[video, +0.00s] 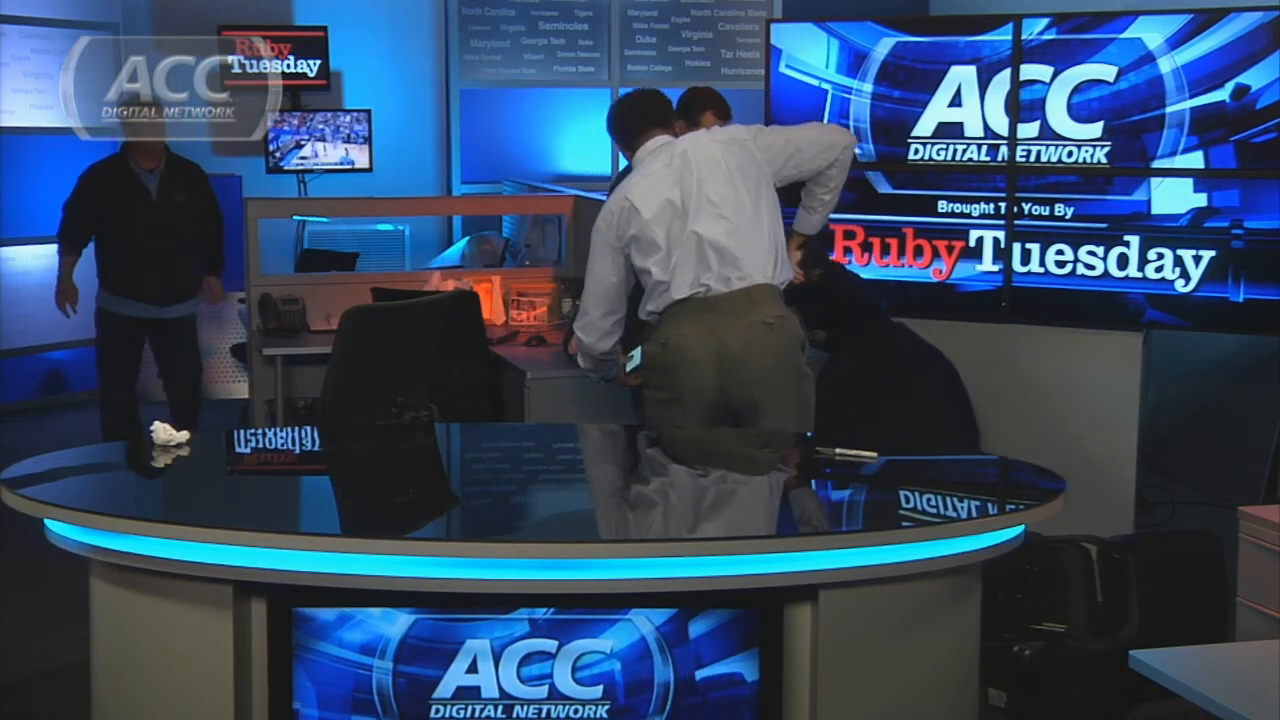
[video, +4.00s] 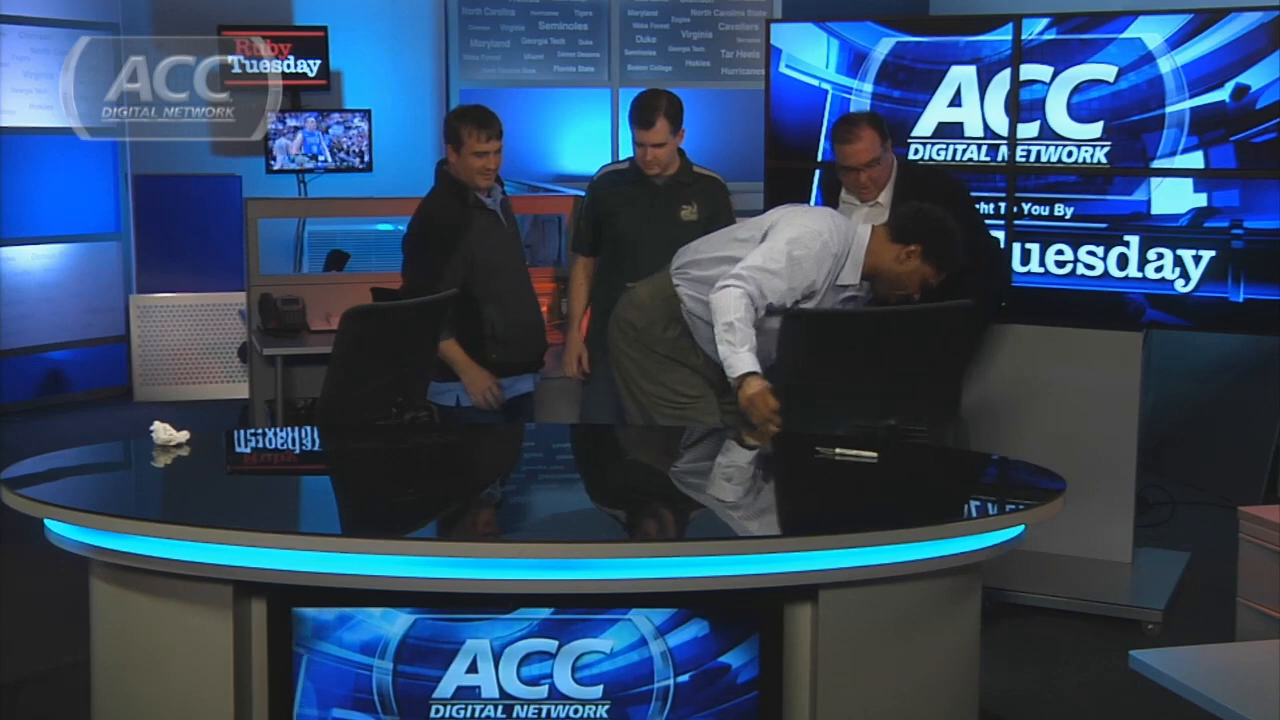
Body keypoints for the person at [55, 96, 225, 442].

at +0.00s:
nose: (151, 133)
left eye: (155, 124)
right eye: (142, 126)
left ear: (165, 128)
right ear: (128, 131)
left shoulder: (190, 175)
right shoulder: (100, 177)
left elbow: (212, 225)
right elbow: (75, 228)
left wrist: (212, 272)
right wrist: (65, 278)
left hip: (177, 305)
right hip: (120, 305)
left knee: (186, 388)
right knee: (117, 390)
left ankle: (190, 465)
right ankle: (120, 465)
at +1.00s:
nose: (197, 132)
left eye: (198, 122)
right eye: (186, 125)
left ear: (206, 129)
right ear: (164, 134)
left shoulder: (229, 184)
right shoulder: (138, 194)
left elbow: (249, 247)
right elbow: (126, 266)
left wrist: (255, 295)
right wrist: (151, 311)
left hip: (225, 333)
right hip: (160, 335)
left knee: (237, 430)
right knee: (150, 435)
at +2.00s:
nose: (349, 144)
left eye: (350, 135)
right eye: (339, 136)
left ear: (352, 135)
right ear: (308, 141)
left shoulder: (355, 193)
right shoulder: (280, 203)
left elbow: (360, 267)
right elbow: (277, 289)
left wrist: (369, 325)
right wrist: (317, 335)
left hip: (354, 352)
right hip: (300, 361)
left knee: (357, 459)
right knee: (306, 460)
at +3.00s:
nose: (486, 152)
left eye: (488, 142)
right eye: (476, 143)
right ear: (446, 147)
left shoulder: (472, 199)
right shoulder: (433, 205)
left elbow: (485, 280)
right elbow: (443, 295)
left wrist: (520, 316)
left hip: (493, 364)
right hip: (459, 369)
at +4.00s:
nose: (491, 164)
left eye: (497, 153)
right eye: (480, 155)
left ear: (502, 149)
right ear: (452, 154)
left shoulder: (496, 198)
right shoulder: (435, 217)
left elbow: (506, 280)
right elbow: (422, 309)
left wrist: (528, 346)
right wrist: (467, 369)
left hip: (515, 379)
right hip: (463, 391)